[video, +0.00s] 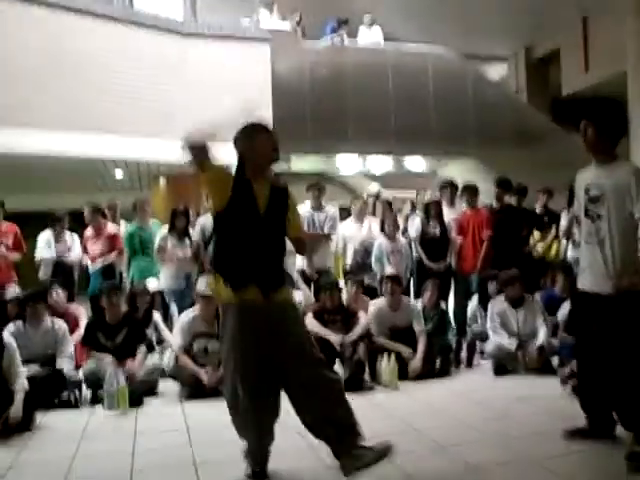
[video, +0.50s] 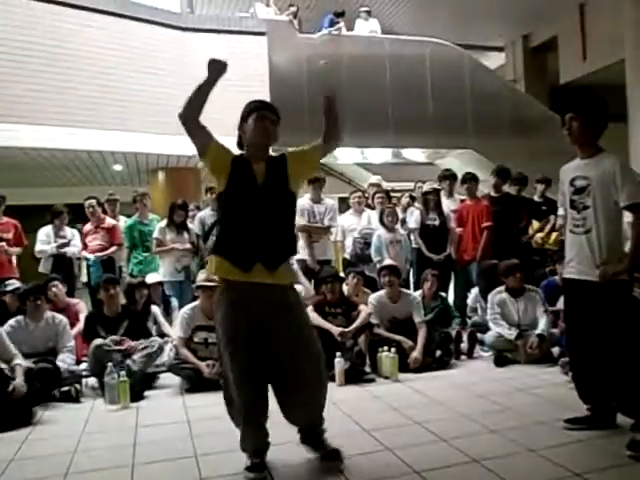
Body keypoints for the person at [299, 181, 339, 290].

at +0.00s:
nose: (316, 194)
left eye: (319, 191)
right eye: (313, 191)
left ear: (323, 193)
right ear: (308, 193)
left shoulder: (331, 212)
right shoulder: (300, 211)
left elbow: (328, 236)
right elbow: (297, 234)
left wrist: (304, 236)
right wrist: (321, 236)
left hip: (323, 263)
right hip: (303, 265)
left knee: (322, 300)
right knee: (304, 300)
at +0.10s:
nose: (313, 185)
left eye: (316, 182)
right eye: (310, 182)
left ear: (320, 185)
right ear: (305, 184)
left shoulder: (327, 204)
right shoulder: (296, 203)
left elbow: (324, 228)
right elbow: (297, 228)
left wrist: (301, 226)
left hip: (320, 254)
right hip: (302, 254)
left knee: (318, 291)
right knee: (302, 291)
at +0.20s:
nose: (314, 185)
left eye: (317, 182)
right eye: (311, 182)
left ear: (321, 184)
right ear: (307, 184)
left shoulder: (329, 203)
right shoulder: (297, 203)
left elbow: (326, 227)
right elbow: (299, 226)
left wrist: (303, 226)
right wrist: (307, 257)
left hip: (321, 254)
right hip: (303, 254)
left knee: (319, 290)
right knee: (303, 289)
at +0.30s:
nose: (315, 187)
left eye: (318, 183)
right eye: (312, 183)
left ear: (322, 185)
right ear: (308, 185)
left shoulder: (330, 204)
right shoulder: (298, 203)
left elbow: (328, 228)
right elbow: (294, 227)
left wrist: (304, 229)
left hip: (323, 253)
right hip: (303, 252)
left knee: (321, 289)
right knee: (303, 287)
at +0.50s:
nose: (316, 189)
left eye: (319, 186)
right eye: (313, 186)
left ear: (323, 187)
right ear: (309, 186)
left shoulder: (330, 205)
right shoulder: (301, 204)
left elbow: (328, 228)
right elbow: (301, 228)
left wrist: (306, 226)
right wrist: (311, 258)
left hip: (324, 255)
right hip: (304, 255)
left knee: (323, 293)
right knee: (305, 292)